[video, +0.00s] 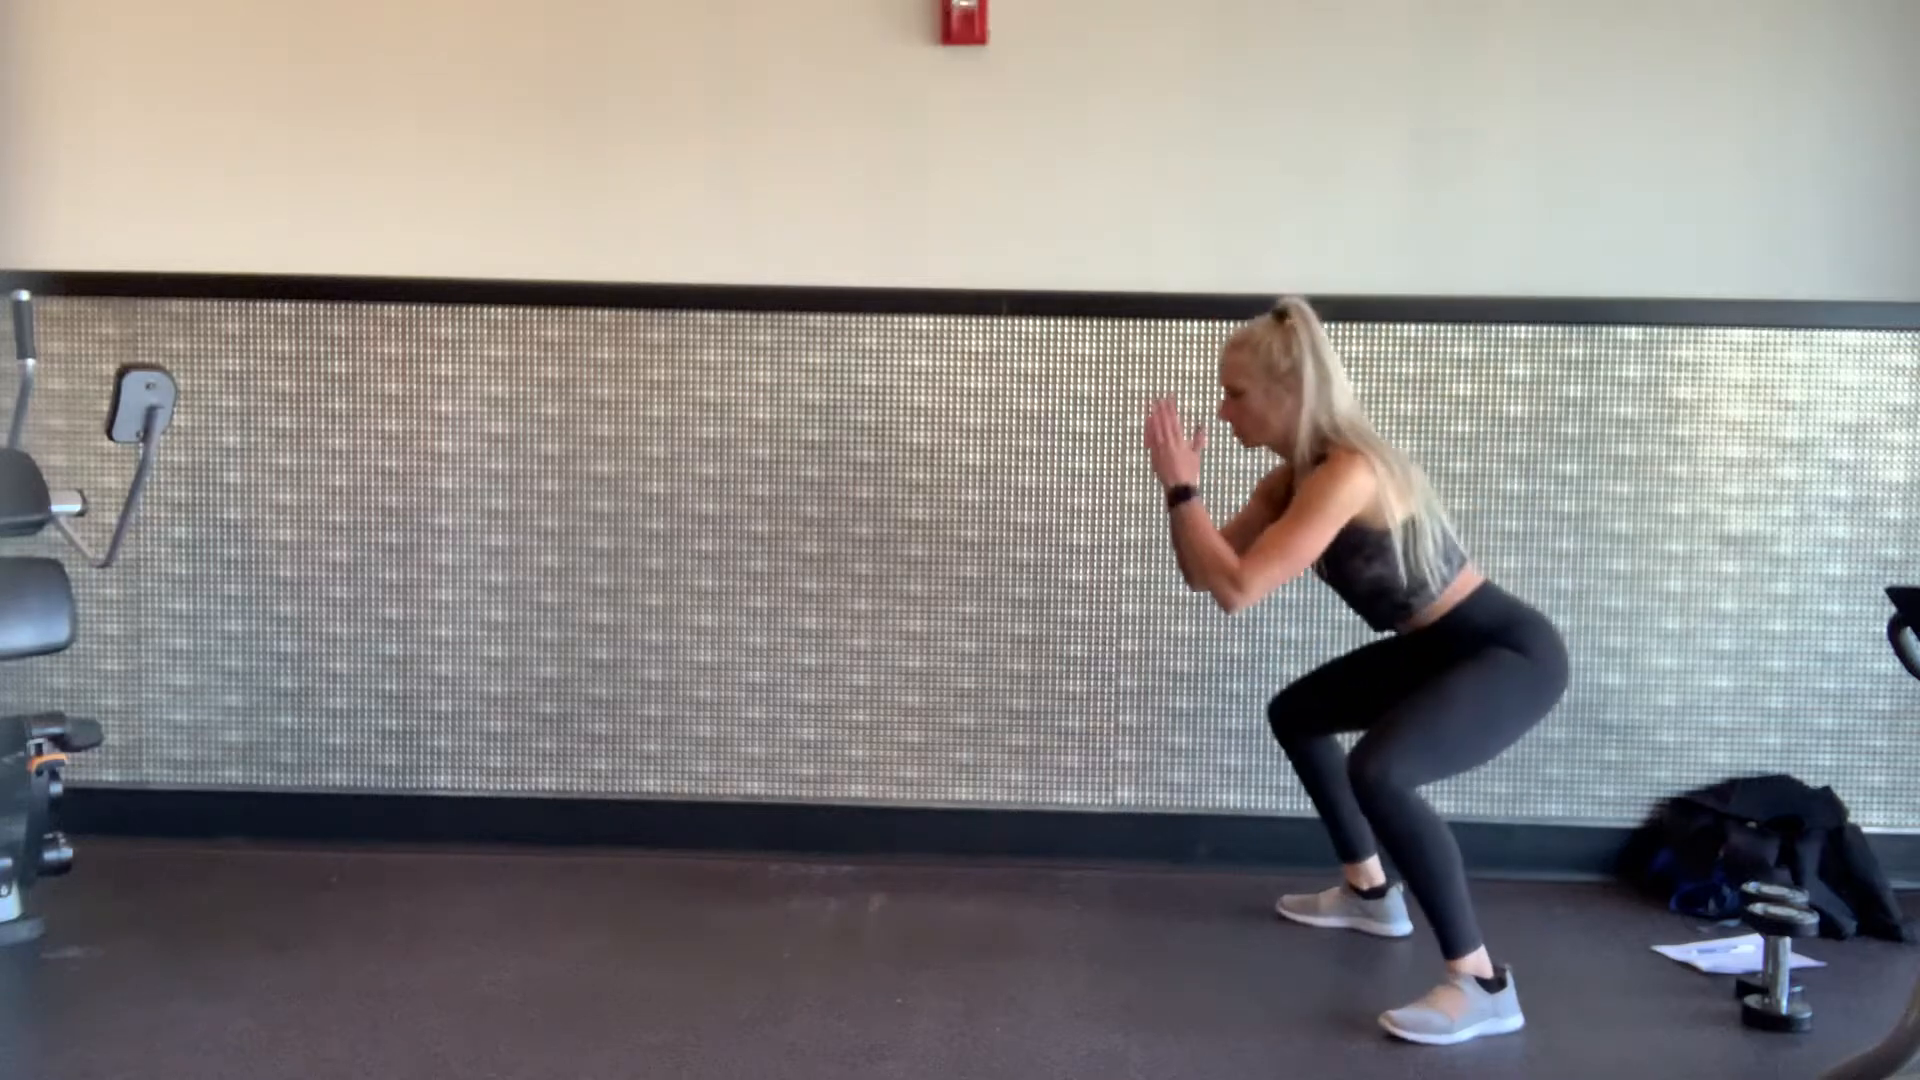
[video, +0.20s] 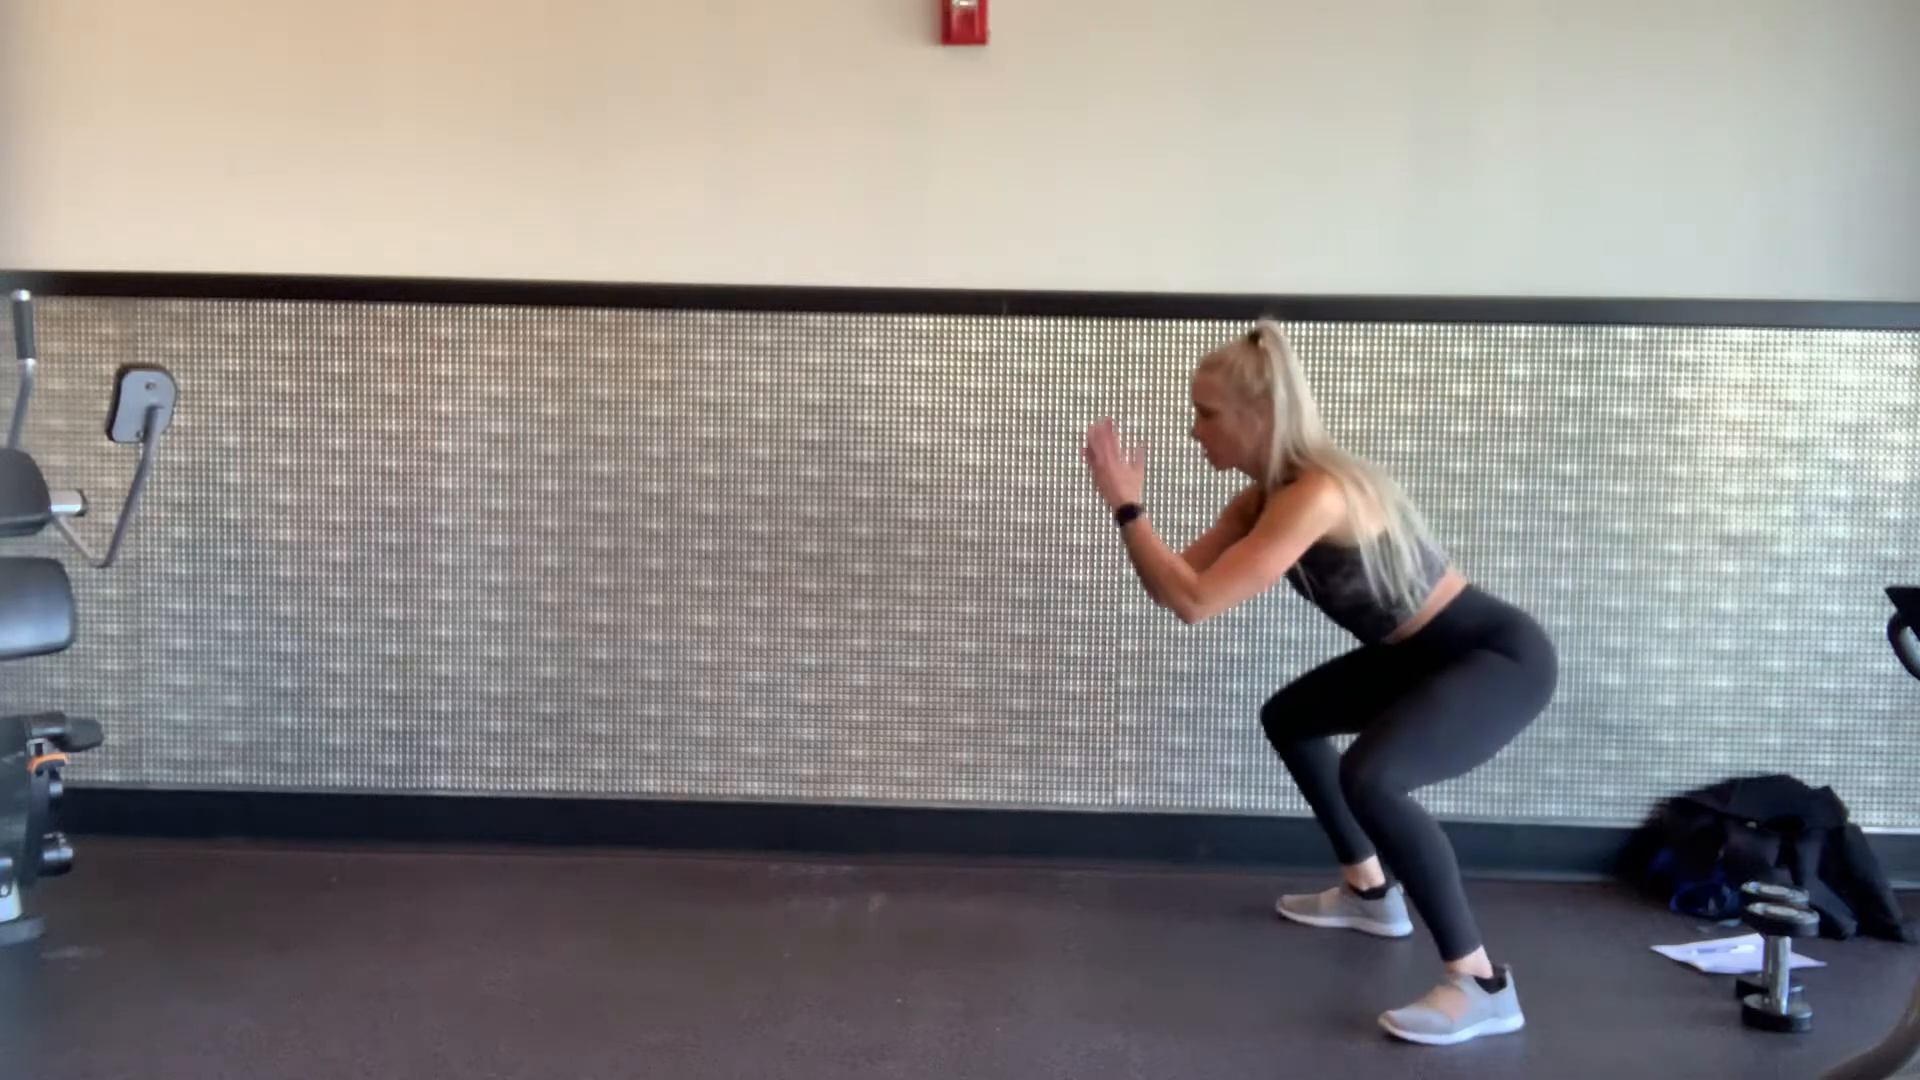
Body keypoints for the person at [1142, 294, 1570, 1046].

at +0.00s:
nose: (1222, 408)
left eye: (1234, 391)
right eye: (1224, 392)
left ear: (1287, 393)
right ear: (1282, 397)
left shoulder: (1346, 474)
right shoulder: (1293, 478)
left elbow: (1234, 588)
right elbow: (1212, 572)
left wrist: (1182, 492)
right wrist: (1180, 491)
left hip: (1510, 653)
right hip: (1437, 649)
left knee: (1379, 773)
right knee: (1295, 714)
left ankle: (1480, 980)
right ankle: (1370, 891)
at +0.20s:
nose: (1194, 430)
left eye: (1206, 414)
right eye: (1195, 414)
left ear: (1260, 417)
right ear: (1259, 419)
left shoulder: (1314, 495)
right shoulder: (1261, 498)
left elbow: (1194, 602)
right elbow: (1182, 587)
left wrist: (1127, 508)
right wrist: (1126, 506)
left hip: (1496, 656)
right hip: (1419, 656)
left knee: (1371, 778)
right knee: (1289, 716)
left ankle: (1479, 982)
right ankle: (1371, 891)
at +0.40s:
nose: (1150, 417)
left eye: (1162, 402)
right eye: (1150, 401)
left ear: (1213, 405)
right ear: (1207, 405)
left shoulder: (1273, 481)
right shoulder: (1225, 494)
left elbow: (1202, 630)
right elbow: (1170, 607)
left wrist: (1081, 638)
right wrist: (1078, 631)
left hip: (1456, 644)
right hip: (1393, 647)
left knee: (1335, 794)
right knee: (1264, 733)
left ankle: (1476, 979)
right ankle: (1370, 892)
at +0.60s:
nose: (1093, 288)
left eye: (1107, 273)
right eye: (1096, 271)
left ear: (1155, 283)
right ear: (1150, 282)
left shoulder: (1203, 367)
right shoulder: (1170, 366)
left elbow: (1320, 449)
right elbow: (1263, 463)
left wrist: (1320, 588)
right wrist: (1232, 557)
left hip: (1316, 582)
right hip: (1276, 582)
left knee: (1284, 800)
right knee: (1224, 750)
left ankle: (1466, 965)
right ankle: (1359, 878)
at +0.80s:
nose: (993, 150)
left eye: (1008, 136)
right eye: (996, 133)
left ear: (1057, 146)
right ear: (1053, 145)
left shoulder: (1083, 221)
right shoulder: (1067, 225)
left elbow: (1209, 275)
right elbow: (1180, 284)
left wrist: (1201, 417)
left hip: (1151, 471)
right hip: (1127, 472)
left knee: (1096, 674)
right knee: (1081, 664)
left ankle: (1226, 883)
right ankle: (1162, 834)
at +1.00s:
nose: (853, 233)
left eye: (864, 219)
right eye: (857, 217)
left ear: (904, 231)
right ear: (917, 228)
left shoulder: (947, 316)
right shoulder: (947, 309)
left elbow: (902, 469)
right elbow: (901, 448)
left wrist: (793, 453)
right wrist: (802, 444)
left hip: (1051, 553)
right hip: (1035, 545)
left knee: (913, 712)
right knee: (904, 695)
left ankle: (857, 952)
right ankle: (854, 878)